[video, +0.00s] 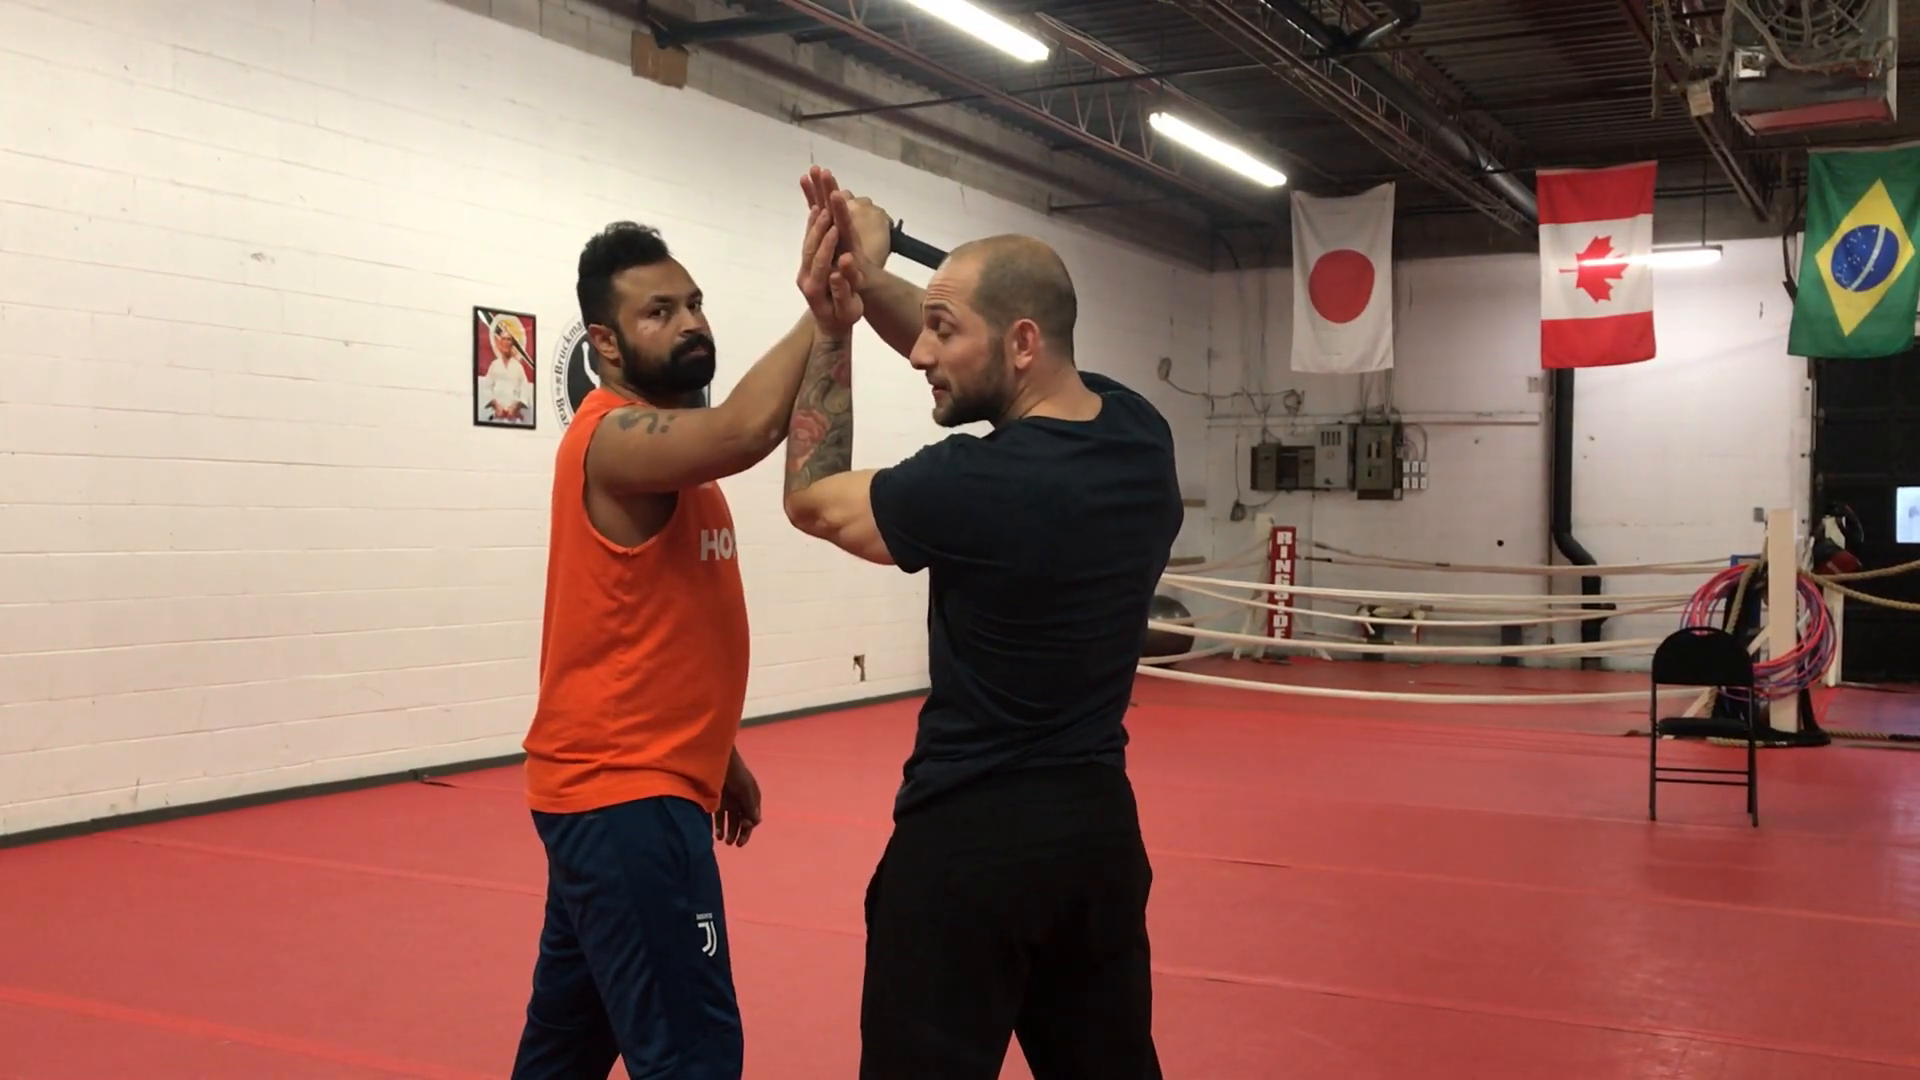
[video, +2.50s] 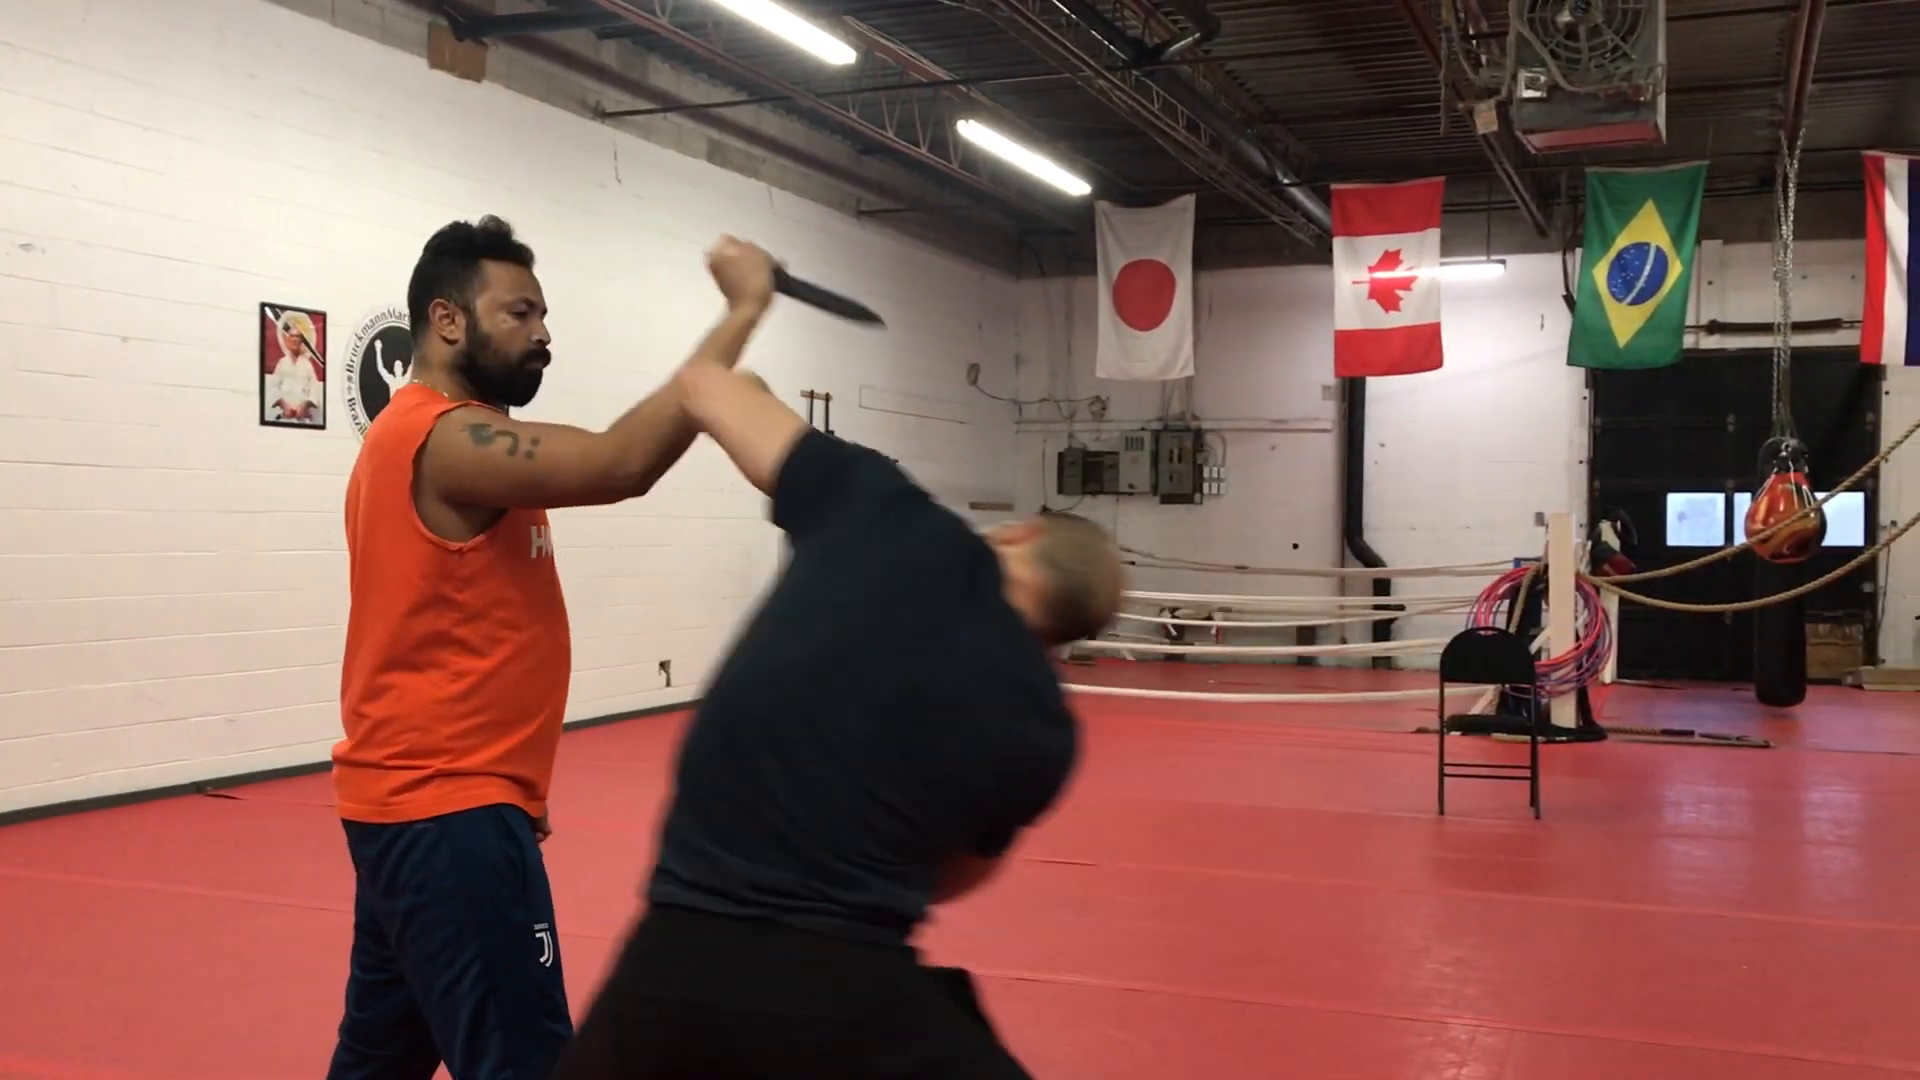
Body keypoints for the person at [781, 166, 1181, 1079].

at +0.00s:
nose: (923, 353)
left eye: (943, 328)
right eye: (926, 329)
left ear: (1021, 344)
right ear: (1027, 346)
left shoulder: (975, 486)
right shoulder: (1141, 436)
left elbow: (815, 499)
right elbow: (954, 350)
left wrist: (831, 318)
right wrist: (872, 271)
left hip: (960, 847)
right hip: (1097, 835)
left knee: (920, 1062)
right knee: (1112, 1067)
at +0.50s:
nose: (921, 312)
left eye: (923, 294)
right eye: (915, 295)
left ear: (954, 311)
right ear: (1054, 299)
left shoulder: (930, 451)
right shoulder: (1148, 419)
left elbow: (804, 518)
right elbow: (988, 402)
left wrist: (838, 363)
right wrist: (882, 308)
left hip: (1007, 852)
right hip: (1159, 831)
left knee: (967, 1063)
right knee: (1202, 1066)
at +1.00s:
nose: (1239, 363)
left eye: (1255, 339)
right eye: (1247, 339)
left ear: (1305, 364)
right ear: (1394, 370)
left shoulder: (1229, 518)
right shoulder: (1506, 535)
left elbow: (1189, 798)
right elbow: (1527, 782)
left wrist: (1150, 806)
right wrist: (1399, 790)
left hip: (1260, 965)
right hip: (1452, 958)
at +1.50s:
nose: (1401, 456)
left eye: (1412, 437)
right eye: (1405, 439)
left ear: (1458, 429)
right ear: (1553, 477)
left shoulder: (1333, 511)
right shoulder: (1638, 597)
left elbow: (1250, 750)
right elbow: (1585, 843)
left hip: (1301, 968)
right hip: (1523, 997)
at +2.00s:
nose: (1341, 536)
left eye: (1351, 521)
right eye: (1346, 522)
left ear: (1391, 521)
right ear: (1483, 582)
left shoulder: (1261, 587)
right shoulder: (1548, 698)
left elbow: (1150, 816)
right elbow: (1478, 927)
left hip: (1187, 1000)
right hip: (1400, 1040)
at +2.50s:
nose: (1012, 517)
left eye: (1024, 517)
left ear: (1021, 530)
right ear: (1069, 640)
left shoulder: (874, 508)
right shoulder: (1041, 730)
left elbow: (704, 380)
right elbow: (953, 878)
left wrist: (747, 300)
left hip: (676, 971)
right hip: (862, 998)